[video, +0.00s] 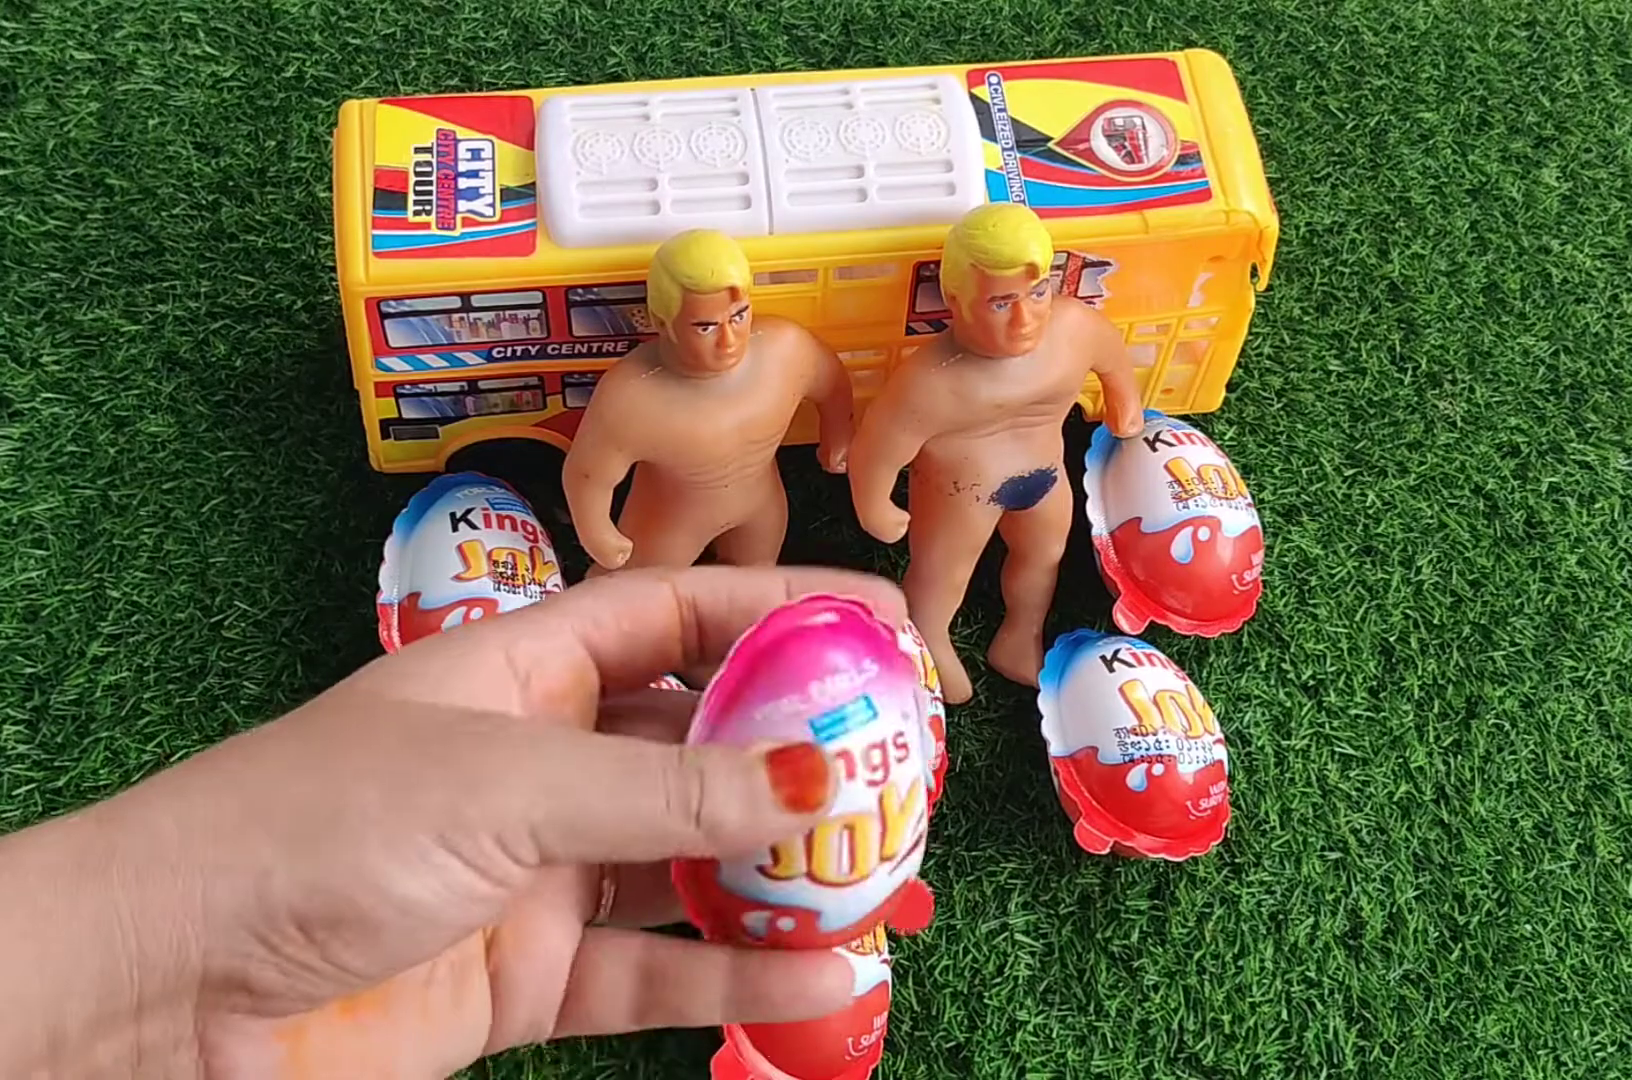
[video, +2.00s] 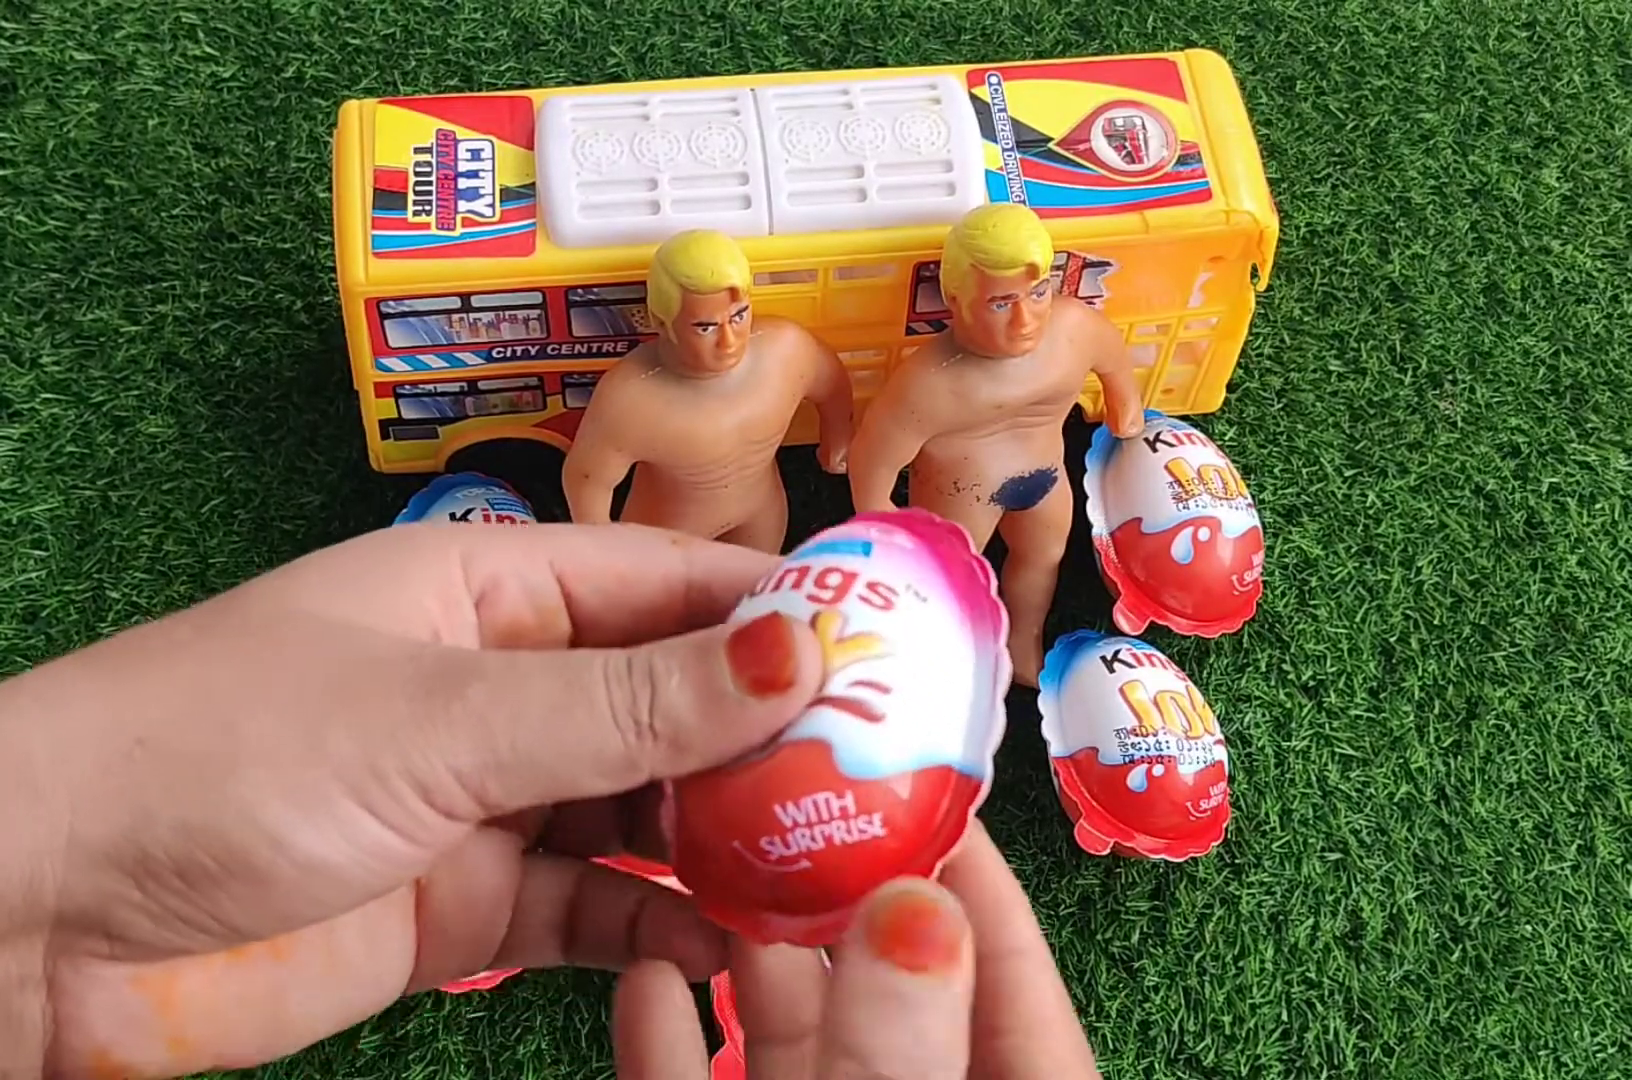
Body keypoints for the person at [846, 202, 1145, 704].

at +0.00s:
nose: (1023, 316)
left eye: (1036, 294)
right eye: (999, 302)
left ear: (1050, 284)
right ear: (953, 304)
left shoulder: (1079, 327)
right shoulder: (927, 382)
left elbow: (1113, 360)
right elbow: (874, 453)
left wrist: (1126, 408)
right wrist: (877, 514)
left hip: (1045, 475)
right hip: (959, 489)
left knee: (1041, 559)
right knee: (942, 575)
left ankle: (1021, 641)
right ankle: (930, 641)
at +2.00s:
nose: (1025, 318)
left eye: (1037, 294)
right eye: (1000, 303)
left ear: (1052, 284)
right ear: (952, 303)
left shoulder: (1079, 327)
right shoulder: (927, 382)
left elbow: (1116, 364)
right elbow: (870, 466)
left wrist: (1127, 412)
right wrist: (886, 548)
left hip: (1044, 477)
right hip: (959, 489)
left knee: (1040, 563)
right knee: (947, 571)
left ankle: (1023, 645)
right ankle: (936, 649)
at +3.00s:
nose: (1025, 318)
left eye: (1037, 294)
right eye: (1000, 303)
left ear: (1050, 284)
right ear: (953, 303)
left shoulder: (1079, 327)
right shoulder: (927, 382)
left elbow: (1116, 364)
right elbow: (870, 460)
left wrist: (1127, 410)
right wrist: (878, 511)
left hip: (1045, 477)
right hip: (959, 491)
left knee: (1040, 564)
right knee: (943, 579)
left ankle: (1019, 644)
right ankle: (930, 654)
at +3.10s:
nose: (1025, 318)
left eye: (1037, 294)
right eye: (1000, 303)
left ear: (1050, 283)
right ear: (952, 303)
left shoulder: (1079, 327)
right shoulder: (926, 384)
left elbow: (1116, 364)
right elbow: (868, 474)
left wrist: (1127, 413)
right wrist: (877, 553)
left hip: (1045, 477)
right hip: (958, 491)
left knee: (1040, 564)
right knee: (945, 580)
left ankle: (1019, 645)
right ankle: (928, 654)